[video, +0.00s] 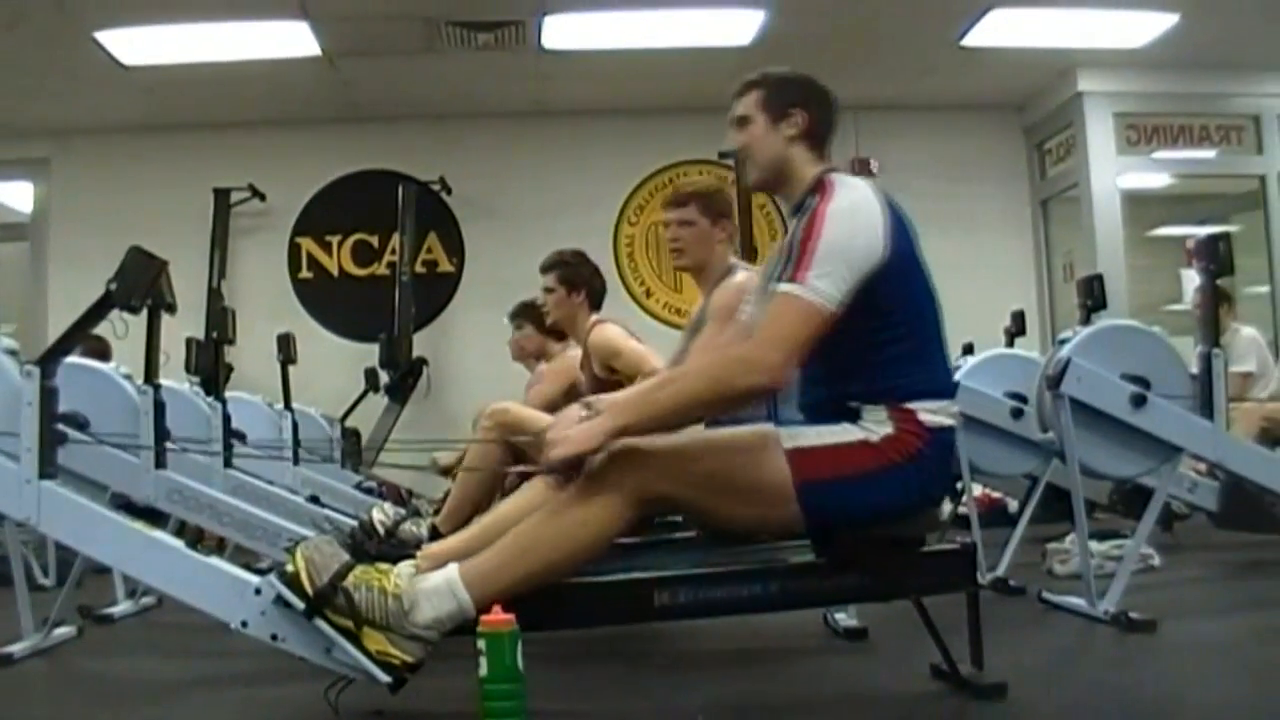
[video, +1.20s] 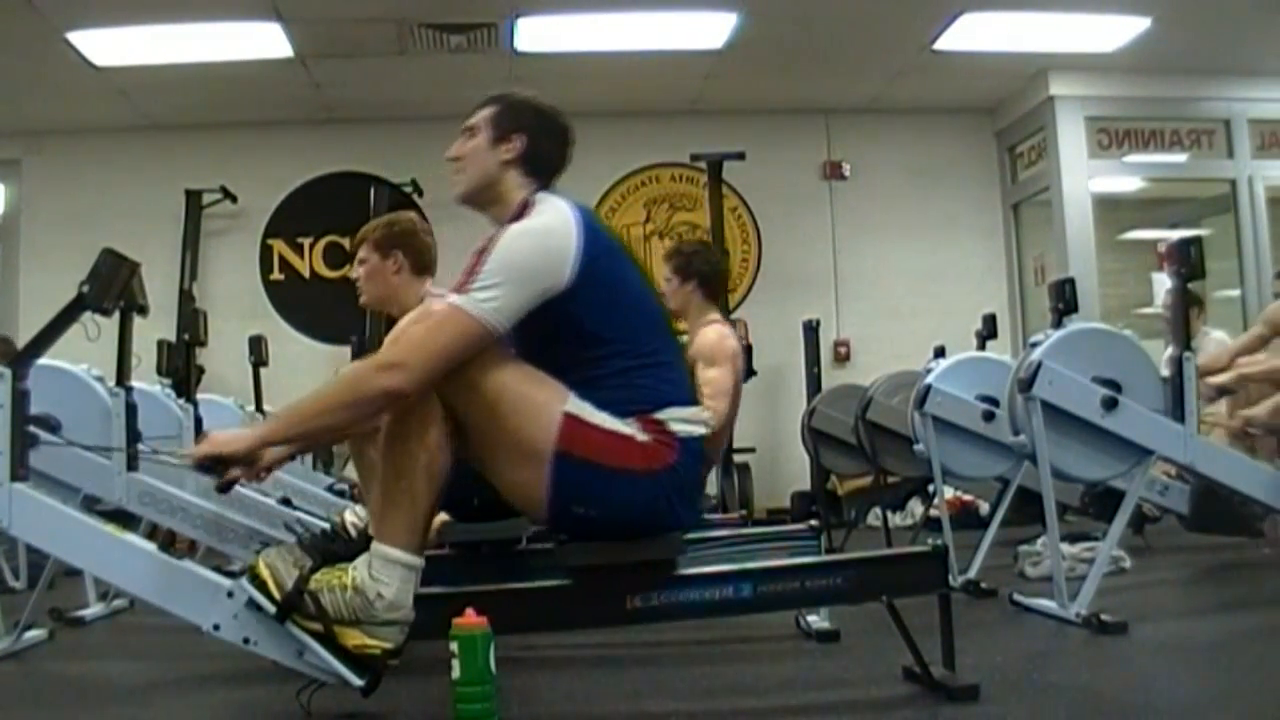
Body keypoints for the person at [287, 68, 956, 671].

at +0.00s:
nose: (734, 146)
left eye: (744, 126)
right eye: (733, 131)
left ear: (796, 126)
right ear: (786, 133)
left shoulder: (848, 205)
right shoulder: (807, 223)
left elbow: (762, 364)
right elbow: (741, 359)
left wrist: (606, 423)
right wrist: (609, 410)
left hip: (896, 445)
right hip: (848, 437)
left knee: (634, 469)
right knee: (612, 461)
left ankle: (429, 612)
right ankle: (422, 586)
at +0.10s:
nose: (686, 152)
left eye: (698, 133)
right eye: (687, 137)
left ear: (748, 135)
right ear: (744, 136)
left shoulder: (798, 210)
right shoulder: (757, 232)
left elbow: (692, 367)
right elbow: (677, 361)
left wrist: (553, 431)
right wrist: (553, 426)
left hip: (871, 446)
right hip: (821, 439)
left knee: (617, 448)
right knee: (589, 447)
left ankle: (427, 607)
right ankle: (422, 594)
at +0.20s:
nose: (631, 159)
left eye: (642, 140)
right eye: (633, 144)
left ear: (692, 141)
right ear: (688, 145)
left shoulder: (746, 216)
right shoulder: (716, 230)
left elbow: (634, 374)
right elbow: (635, 371)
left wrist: (499, 446)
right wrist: (510, 432)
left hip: (837, 451)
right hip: (798, 443)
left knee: (585, 429)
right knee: (572, 429)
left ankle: (413, 608)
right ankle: (408, 597)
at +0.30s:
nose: (568, 161)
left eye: (582, 143)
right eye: (571, 146)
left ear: (630, 149)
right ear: (627, 151)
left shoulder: (684, 219)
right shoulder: (654, 230)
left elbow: (568, 380)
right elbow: (569, 371)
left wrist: (433, 461)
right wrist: (449, 447)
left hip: (783, 452)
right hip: (739, 441)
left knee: (541, 409)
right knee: (526, 407)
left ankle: (395, 607)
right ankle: (392, 585)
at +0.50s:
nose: (479, 168)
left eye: (491, 151)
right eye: (482, 154)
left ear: (536, 157)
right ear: (535, 161)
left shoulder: (591, 234)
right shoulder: (570, 241)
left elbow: (469, 390)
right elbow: (477, 391)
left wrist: (341, 475)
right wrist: (373, 493)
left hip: (700, 462)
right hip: (670, 458)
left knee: (467, 382)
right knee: (465, 398)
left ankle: (385, 603)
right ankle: (384, 601)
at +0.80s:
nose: (393, 174)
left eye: (405, 156)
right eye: (397, 158)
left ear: (446, 163)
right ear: (451, 167)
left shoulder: (498, 242)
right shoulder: (493, 245)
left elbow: (364, 393)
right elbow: (391, 413)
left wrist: (232, 474)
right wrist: (280, 490)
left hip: (609, 471)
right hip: (596, 466)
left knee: (387, 356)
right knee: (402, 365)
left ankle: (382, 593)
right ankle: (385, 590)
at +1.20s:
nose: (452, 151)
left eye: (470, 136)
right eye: (459, 137)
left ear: (513, 148)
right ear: (510, 153)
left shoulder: (547, 229)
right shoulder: (510, 243)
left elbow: (396, 376)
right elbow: (397, 375)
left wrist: (257, 433)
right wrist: (279, 447)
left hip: (645, 469)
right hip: (609, 464)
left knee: (428, 358)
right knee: (416, 359)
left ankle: (386, 589)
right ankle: (378, 568)